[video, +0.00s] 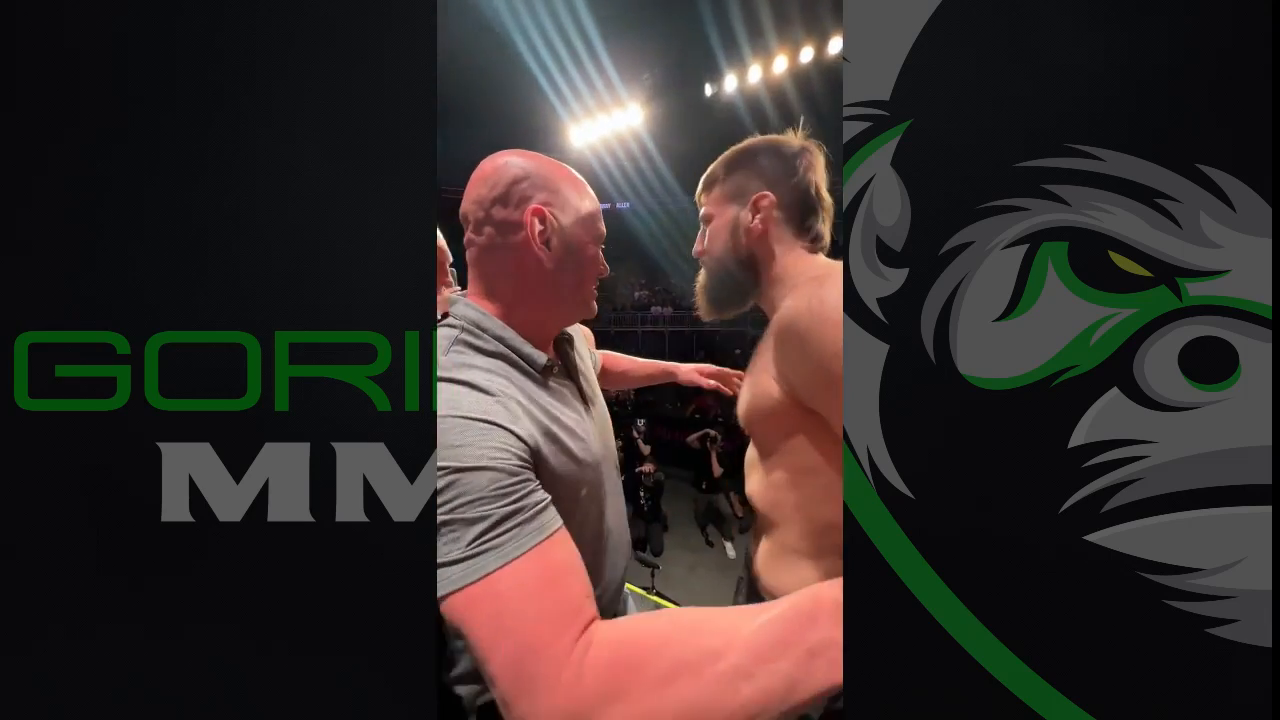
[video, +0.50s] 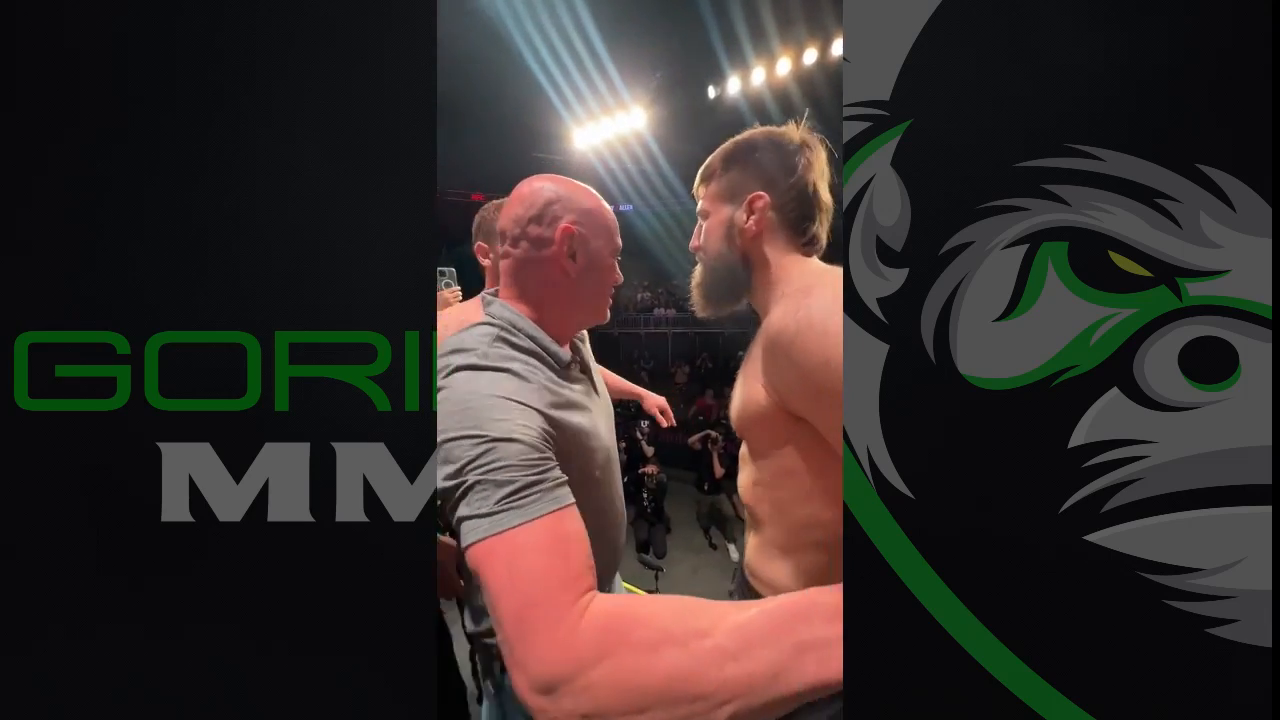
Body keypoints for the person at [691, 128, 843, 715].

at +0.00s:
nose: (696, 246)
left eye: (707, 221)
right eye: (699, 225)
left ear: (759, 213)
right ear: (758, 215)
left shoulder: (814, 315)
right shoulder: (797, 313)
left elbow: (900, 469)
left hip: (811, 617)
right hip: (785, 607)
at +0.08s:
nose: (701, 247)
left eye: (712, 223)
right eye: (704, 227)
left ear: (766, 215)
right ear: (766, 217)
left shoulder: (819, 311)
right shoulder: (799, 312)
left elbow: (907, 450)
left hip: (812, 604)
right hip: (781, 592)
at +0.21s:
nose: (703, 242)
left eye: (715, 218)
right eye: (707, 222)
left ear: (770, 213)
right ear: (770, 215)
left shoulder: (821, 305)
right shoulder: (800, 309)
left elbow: (913, 432)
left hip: (818, 594)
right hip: (786, 583)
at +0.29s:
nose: (703, 240)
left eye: (715, 216)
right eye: (706, 220)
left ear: (770, 213)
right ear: (769, 215)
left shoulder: (820, 307)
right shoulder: (799, 310)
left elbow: (913, 440)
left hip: (819, 597)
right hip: (789, 589)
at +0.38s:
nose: (700, 240)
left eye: (712, 217)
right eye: (704, 220)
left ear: (766, 214)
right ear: (765, 216)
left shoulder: (813, 316)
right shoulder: (795, 315)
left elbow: (907, 455)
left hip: (811, 602)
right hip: (785, 594)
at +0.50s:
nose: (692, 241)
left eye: (704, 216)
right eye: (696, 218)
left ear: (754, 213)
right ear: (752, 216)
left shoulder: (807, 324)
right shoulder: (792, 315)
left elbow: (895, 485)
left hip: (798, 615)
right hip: (772, 599)